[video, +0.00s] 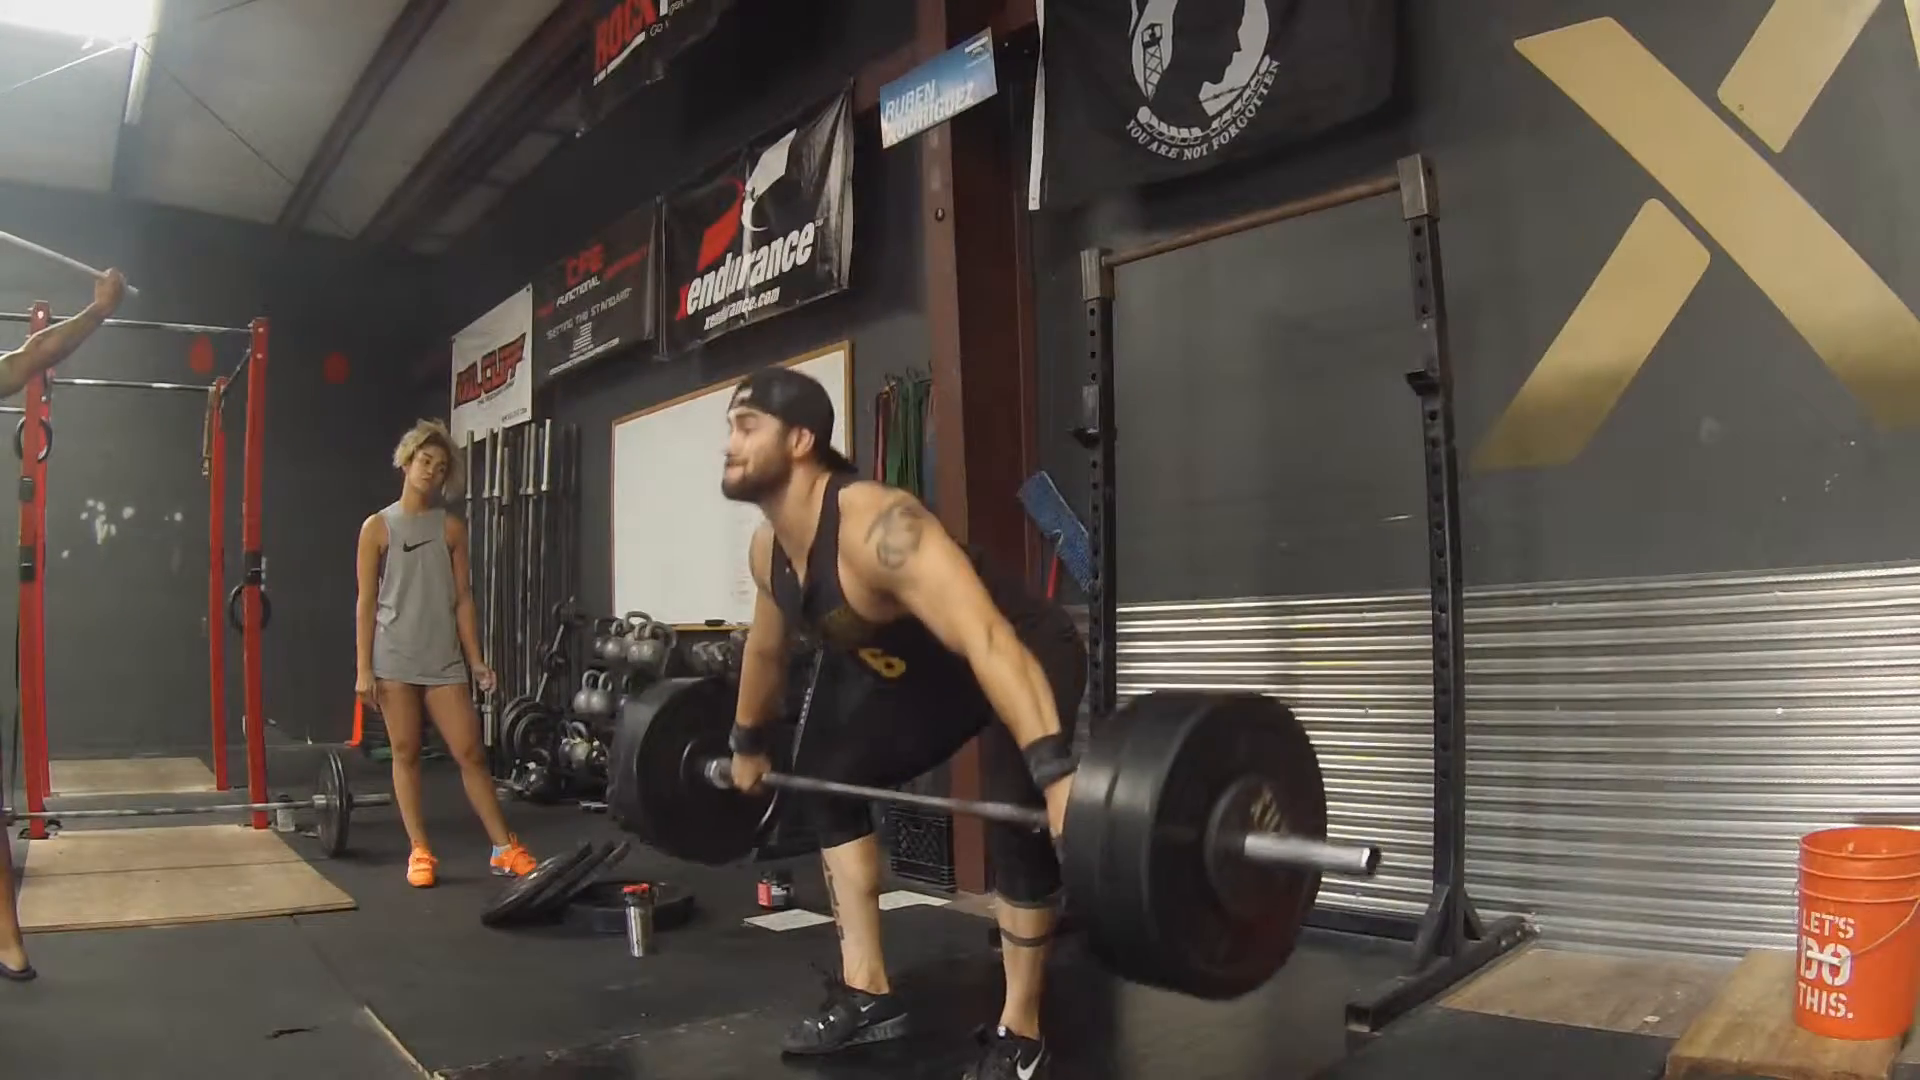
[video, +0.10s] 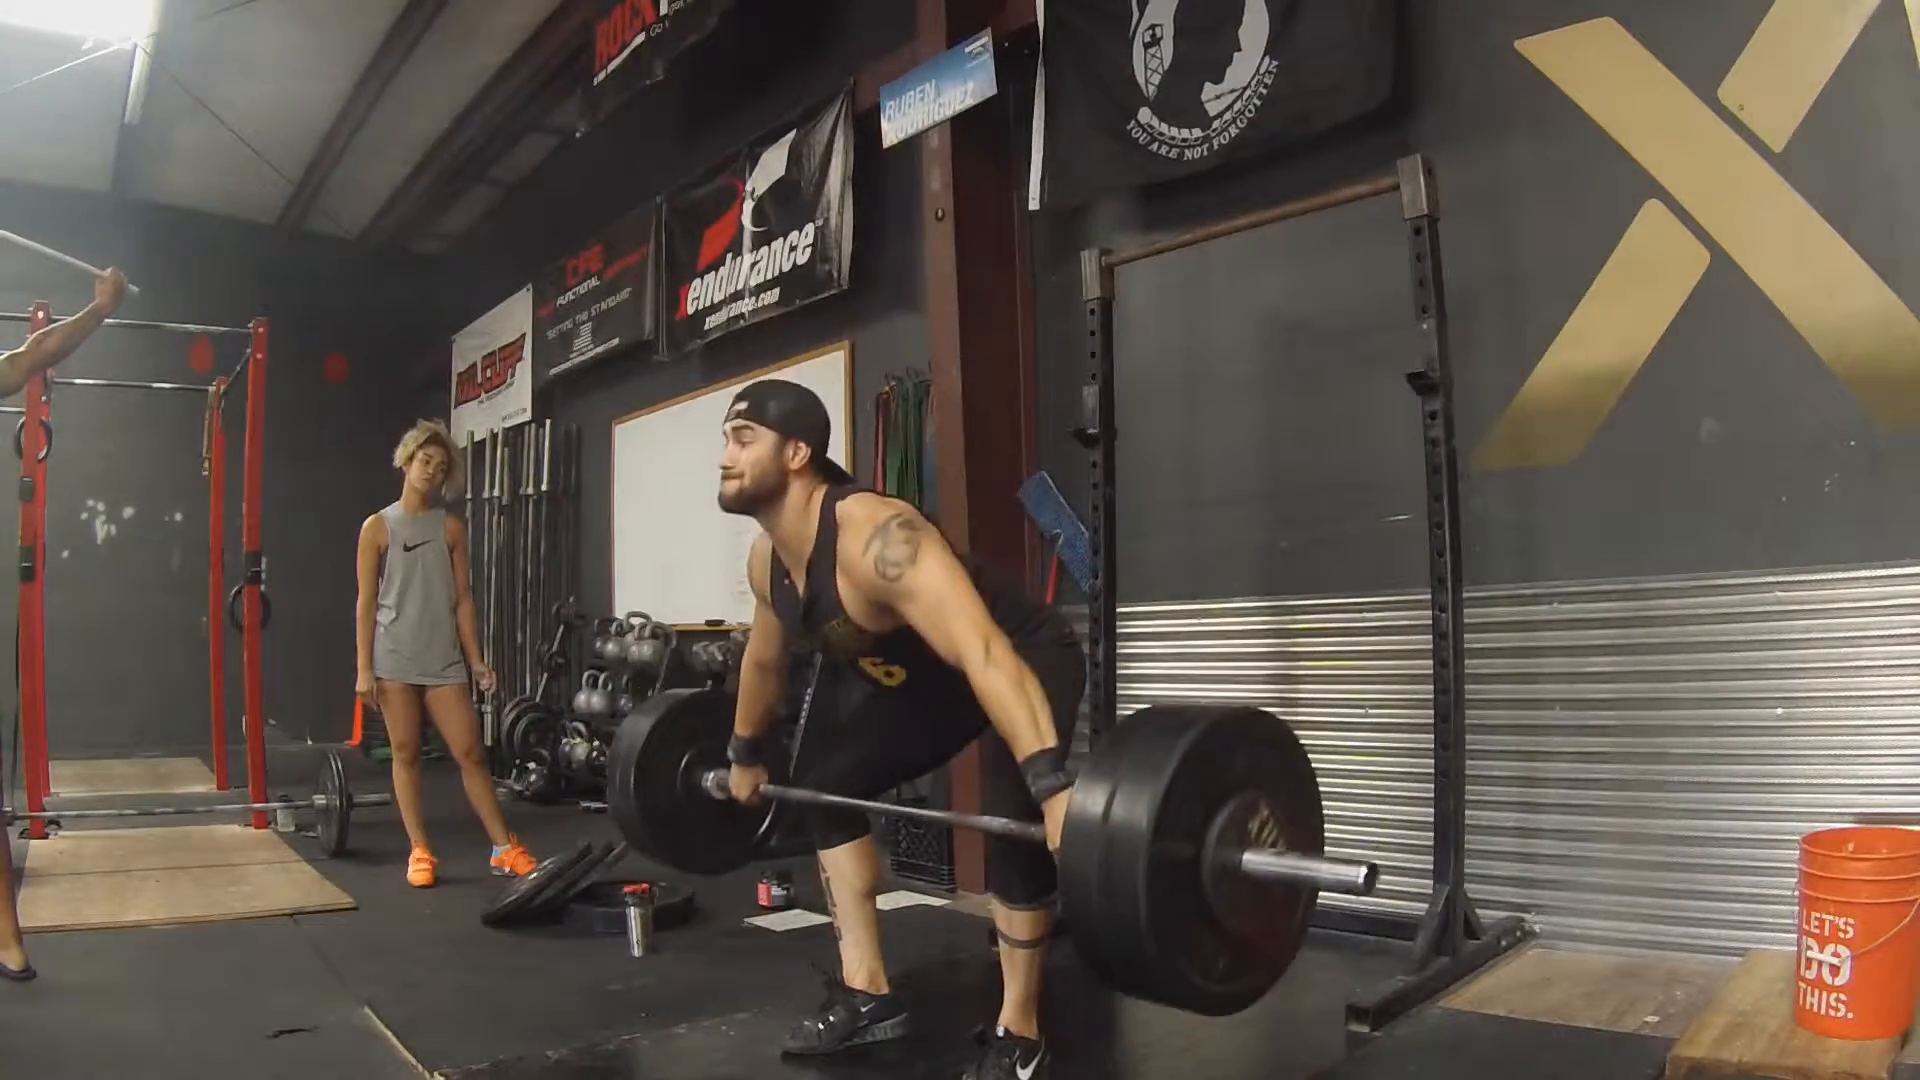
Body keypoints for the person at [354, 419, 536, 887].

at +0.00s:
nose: (430, 470)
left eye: (438, 465)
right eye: (423, 460)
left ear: (445, 474)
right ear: (405, 462)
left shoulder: (452, 528)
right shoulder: (377, 527)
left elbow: (463, 598)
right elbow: (366, 602)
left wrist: (475, 660)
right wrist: (364, 668)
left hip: (445, 661)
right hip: (394, 661)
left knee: (471, 753)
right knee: (405, 754)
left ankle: (504, 846)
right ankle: (419, 851)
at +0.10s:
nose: (430, 470)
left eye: (439, 465)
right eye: (423, 460)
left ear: (446, 474)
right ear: (405, 462)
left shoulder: (452, 527)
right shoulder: (377, 527)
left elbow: (463, 598)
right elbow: (367, 602)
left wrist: (475, 660)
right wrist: (364, 668)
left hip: (445, 660)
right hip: (394, 661)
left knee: (471, 753)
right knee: (405, 754)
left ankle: (504, 847)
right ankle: (419, 851)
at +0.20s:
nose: (430, 470)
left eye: (439, 465)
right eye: (424, 460)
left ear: (446, 474)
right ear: (406, 462)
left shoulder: (452, 528)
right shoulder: (377, 527)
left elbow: (463, 598)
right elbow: (367, 602)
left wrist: (475, 660)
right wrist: (364, 668)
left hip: (445, 660)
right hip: (394, 661)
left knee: (471, 753)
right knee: (405, 754)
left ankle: (504, 847)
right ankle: (419, 851)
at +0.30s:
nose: (432, 470)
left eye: (440, 465)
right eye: (425, 460)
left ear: (446, 475)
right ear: (406, 462)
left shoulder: (452, 527)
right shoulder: (378, 527)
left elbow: (463, 597)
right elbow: (366, 602)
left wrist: (475, 660)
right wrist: (364, 668)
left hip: (446, 661)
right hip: (394, 661)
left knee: (470, 751)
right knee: (406, 755)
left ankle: (504, 846)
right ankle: (419, 851)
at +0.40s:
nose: (432, 470)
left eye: (440, 465)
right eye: (425, 460)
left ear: (447, 475)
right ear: (406, 462)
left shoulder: (452, 527)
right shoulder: (378, 527)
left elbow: (463, 597)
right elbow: (367, 601)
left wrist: (475, 659)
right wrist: (364, 667)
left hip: (446, 661)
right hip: (394, 661)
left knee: (470, 751)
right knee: (406, 755)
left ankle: (504, 846)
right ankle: (419, 851)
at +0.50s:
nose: (432, 470)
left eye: (440, 465)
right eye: (425, 460)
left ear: (447, 475)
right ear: (406, 462)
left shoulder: (452, 527)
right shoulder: (378, 527)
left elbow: (463, 597)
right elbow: (367, 602)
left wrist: (475, 659)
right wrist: (364, 667)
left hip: (446, 661)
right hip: (394, 661)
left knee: (470, 751)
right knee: (406, 755)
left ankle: (504, 846)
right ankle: (419, 851)